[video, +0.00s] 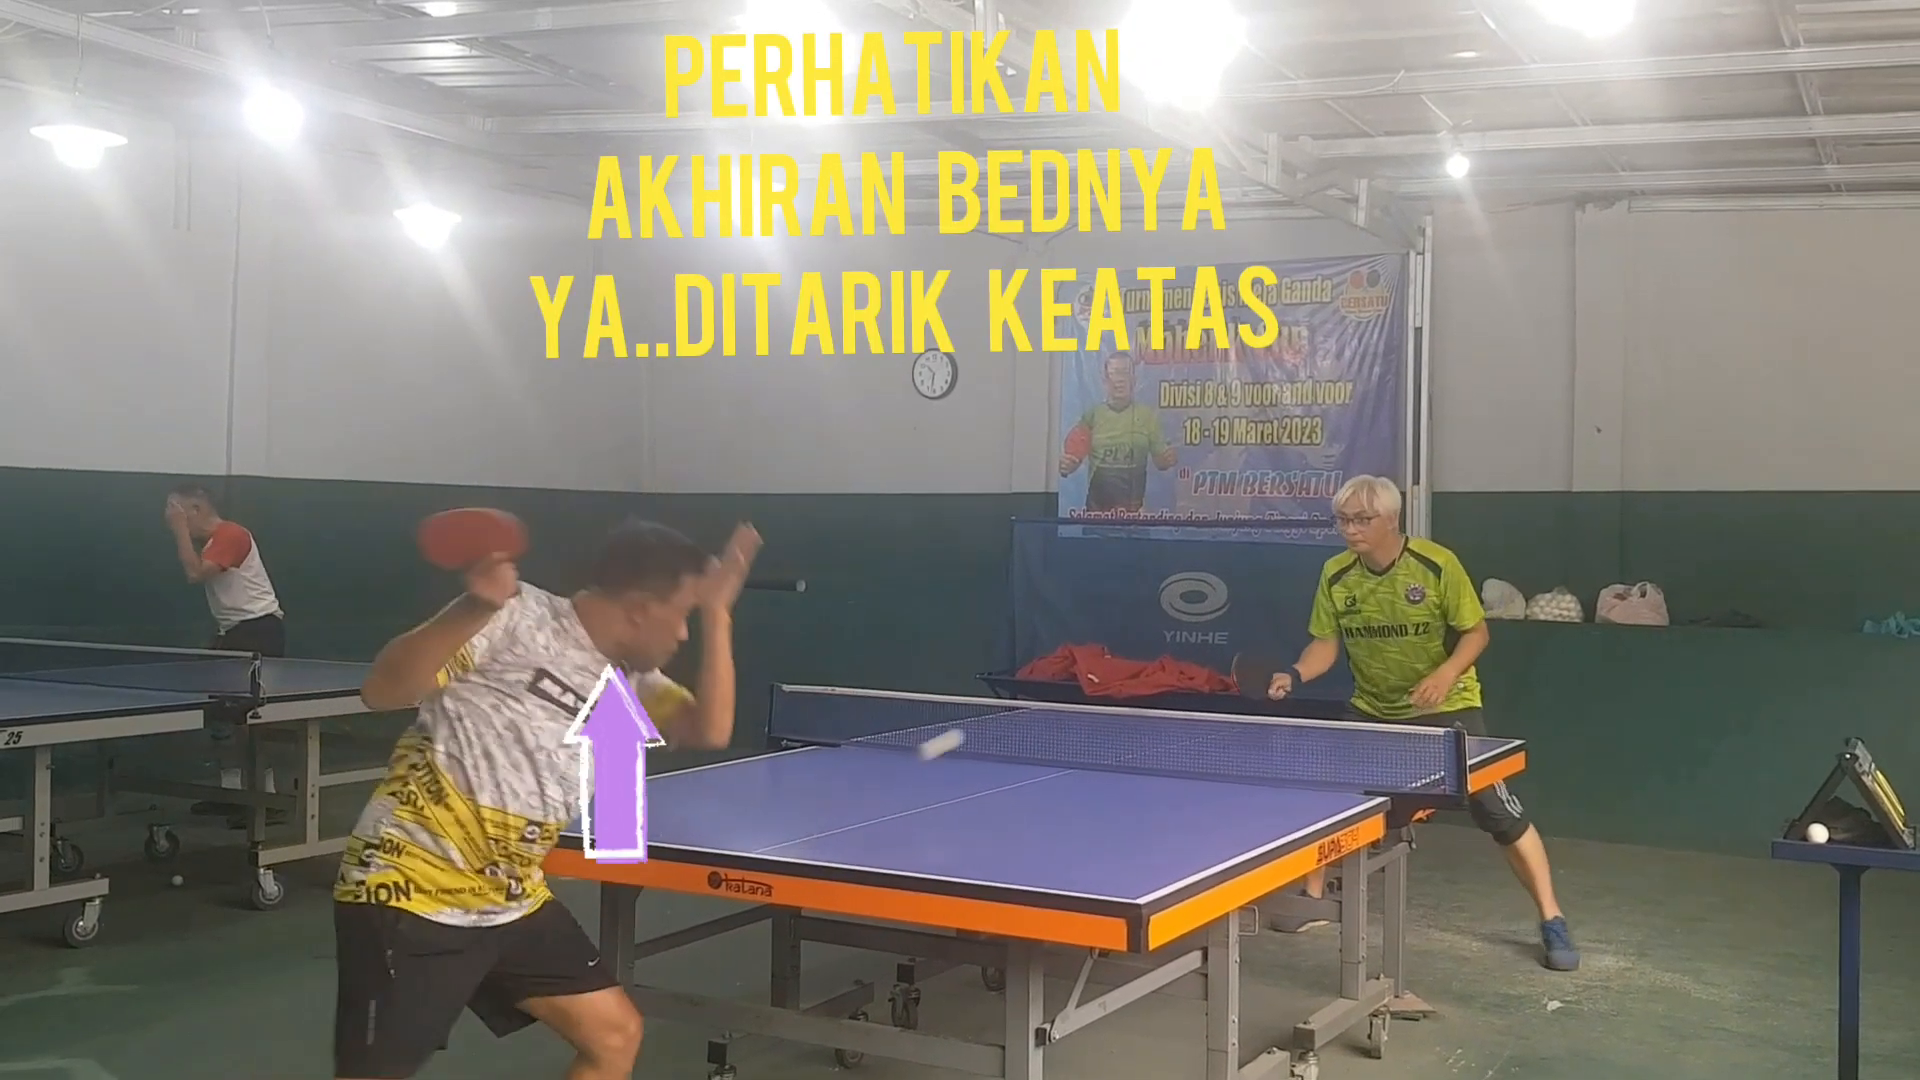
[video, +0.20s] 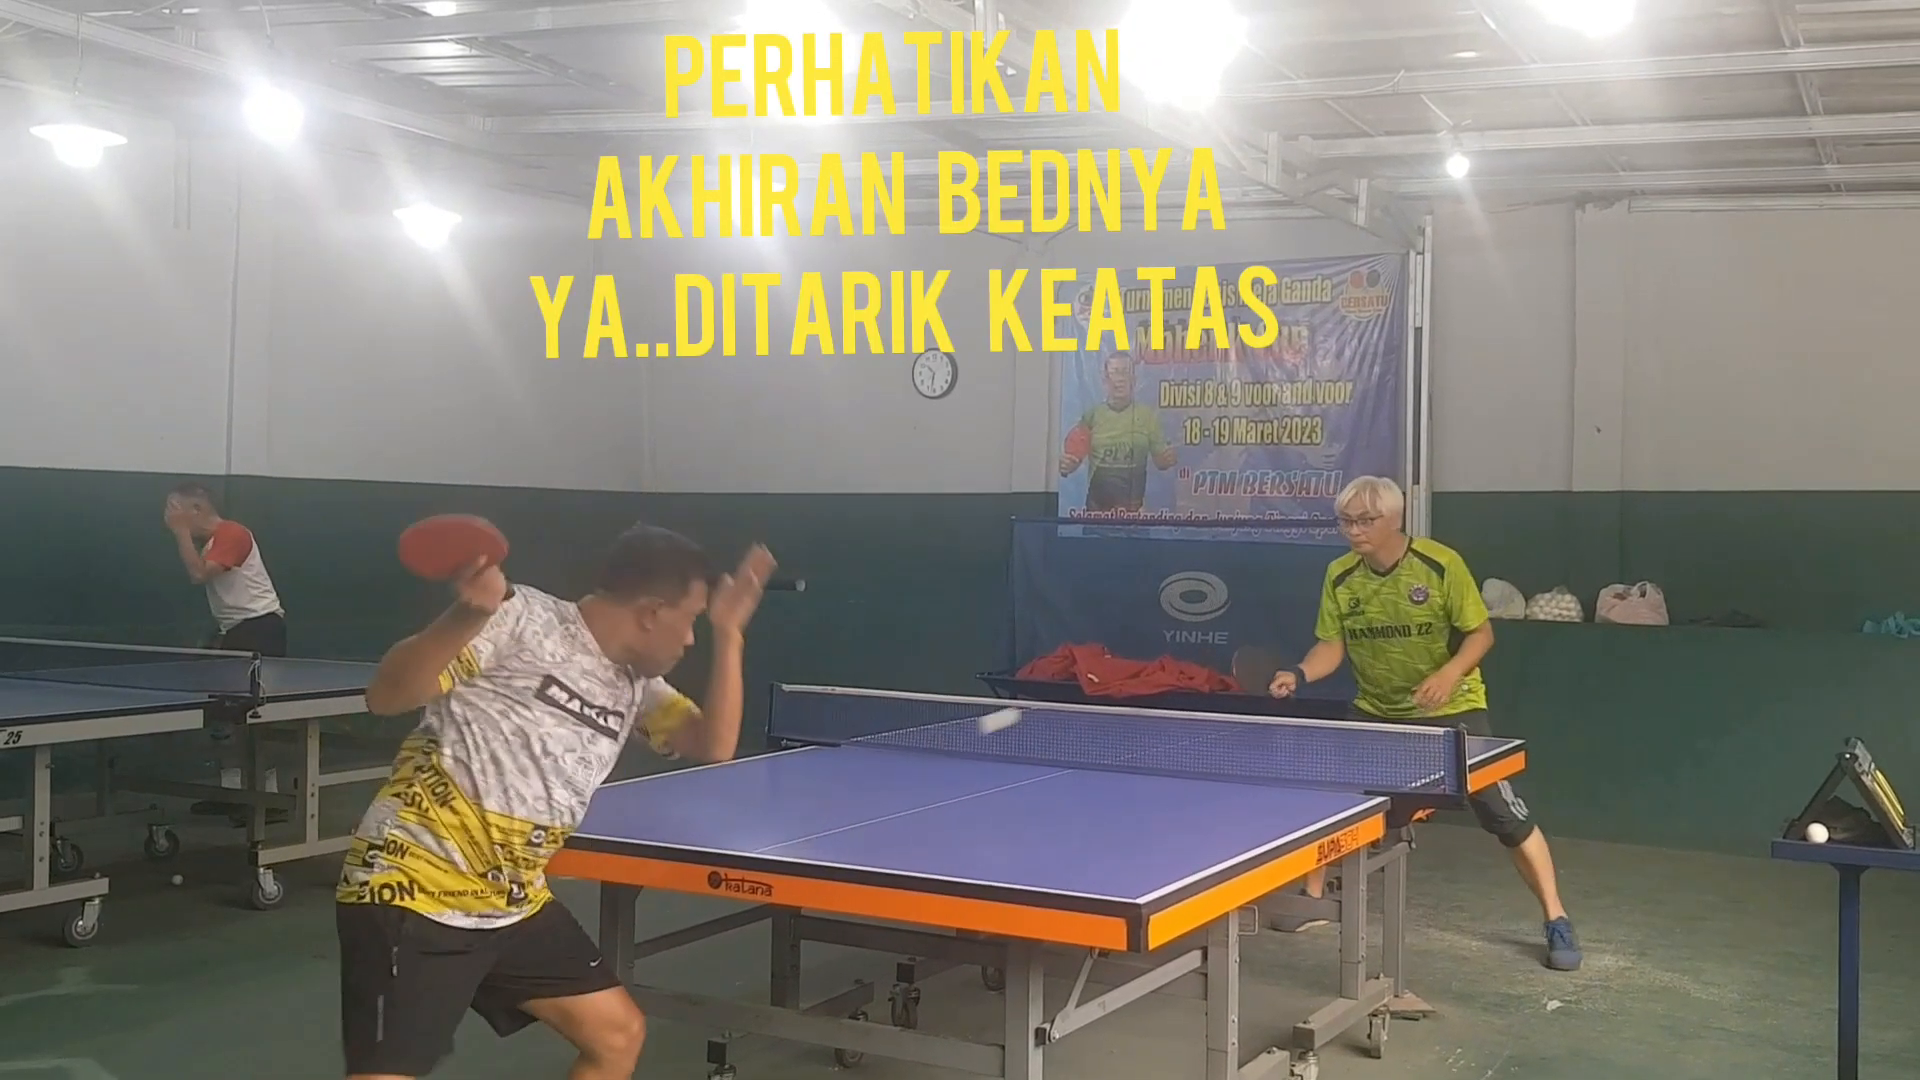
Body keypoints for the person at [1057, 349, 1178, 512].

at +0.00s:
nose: (1119, 380)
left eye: (1125, 373)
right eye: (1112, 374)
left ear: (1134, 379)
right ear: (1104, 379)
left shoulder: (1146, 416)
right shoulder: (1093, 416)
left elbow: (1160, 460)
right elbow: (1076, 448)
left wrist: (1167, 458)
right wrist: (1066, 465)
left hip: (1133, 504)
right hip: (1098, 505)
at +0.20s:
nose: (1119, 379)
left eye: (1125, 372)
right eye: (1113, 372)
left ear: (1133, 379)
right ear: (1105, 379)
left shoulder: (1146, 416)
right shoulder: (1092, 416)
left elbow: (1159, 459)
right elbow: (1076, 449)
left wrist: (1167, 458)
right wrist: (1066, 464)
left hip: (1133, 505)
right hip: (1098, 505)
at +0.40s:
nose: (1119, 379)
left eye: (1125, 372)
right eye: (1113, 372)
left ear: (1133, 379)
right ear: (1105, 379)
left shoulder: (1146, 416)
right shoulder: (1092, 416)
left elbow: (1160, 460)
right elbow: (1076, 449)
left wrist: (1167, 458)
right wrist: (1066, 465)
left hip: (1133, 504)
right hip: (1098, 505)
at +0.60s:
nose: (1119, 379)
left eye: (1125, 372)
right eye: (1113, 372)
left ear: (1134, 379)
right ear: (1105, 379)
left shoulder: (1147, 416)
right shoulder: (1093, 415)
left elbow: (1160, 461)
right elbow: (1077, 449)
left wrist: (1168, 458)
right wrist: (1067, 464)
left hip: (1132, 503)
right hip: (1098, 505)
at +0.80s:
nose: (1120, 378)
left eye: (1125, 372)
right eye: (1114, 372)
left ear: (1134, 378)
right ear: (1105, 378)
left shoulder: (1147, 415)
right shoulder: (1093, 415)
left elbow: (1160, 461)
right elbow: (1077, 449)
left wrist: (1168, 458)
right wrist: (1067, 464)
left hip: (1133, 503)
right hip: (1098, 504)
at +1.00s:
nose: (1120, 378)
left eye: (1126, 372)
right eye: (1114, 372)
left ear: (1134, 379)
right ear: (1105, 378)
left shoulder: (1147, 416)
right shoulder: (1093, 416)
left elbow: (1161, 461)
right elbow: (1077, 449)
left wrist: (1168, 458)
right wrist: (1067, 464)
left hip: (1133, 504)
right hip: (1098, 505)